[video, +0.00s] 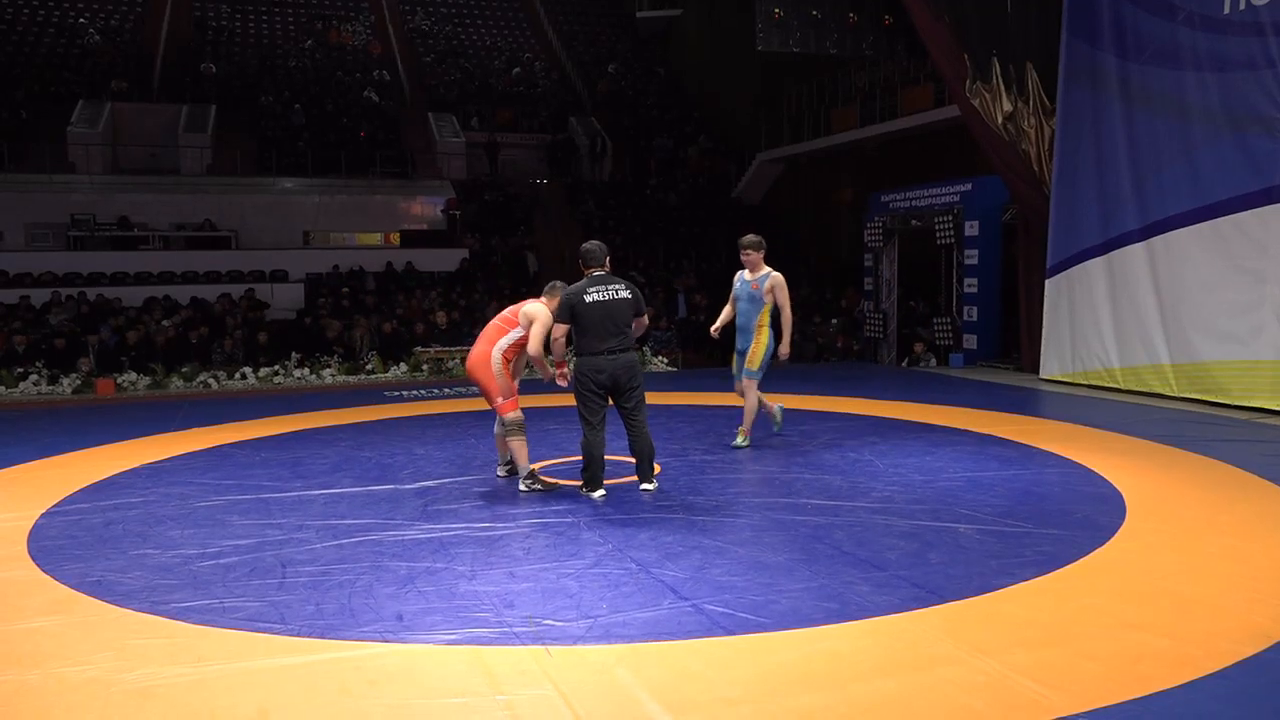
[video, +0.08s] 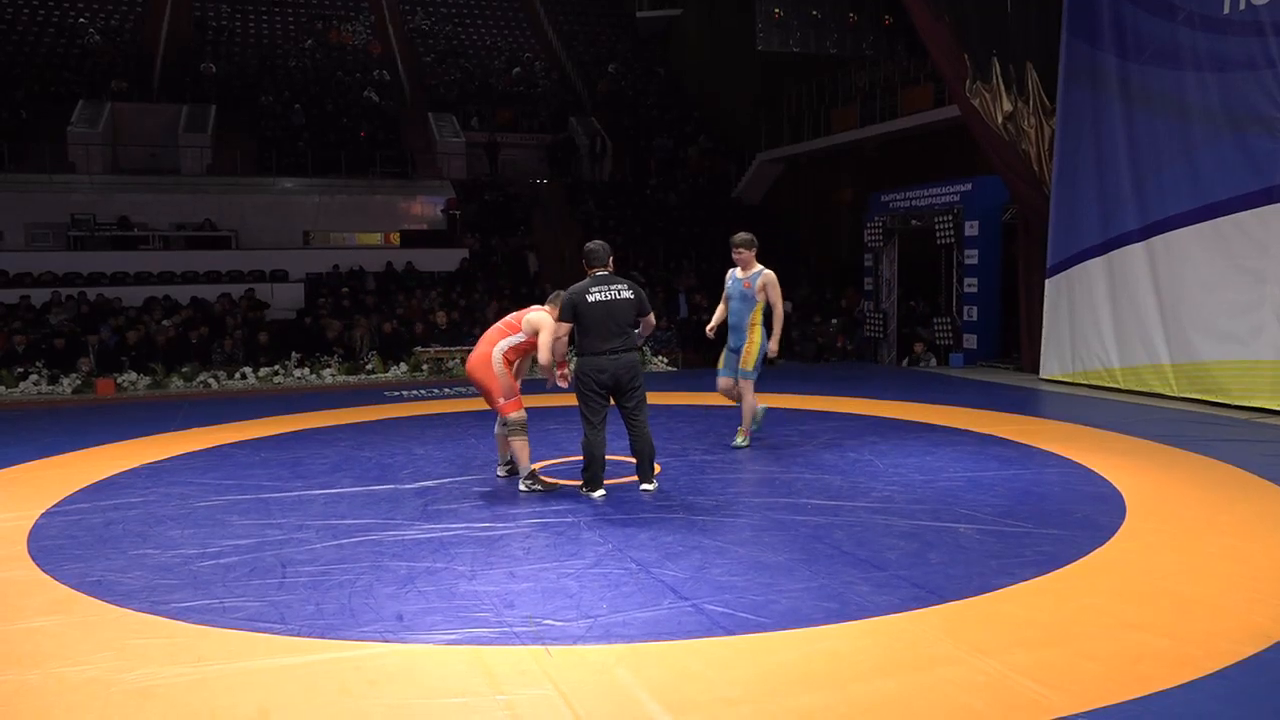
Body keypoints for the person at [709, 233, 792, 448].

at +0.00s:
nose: (744, 258)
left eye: (748, 254)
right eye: (742, 254)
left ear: (761, 254)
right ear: (740, 254)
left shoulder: (774, 279)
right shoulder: (739, 277)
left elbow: (785, 311)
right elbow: (731, 304)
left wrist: (785, 342)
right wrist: (719, 323)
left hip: (760, 338)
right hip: (741, 337)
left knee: (750, 383)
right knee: (740, 388)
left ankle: (744, 431)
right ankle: (772, 409)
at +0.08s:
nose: (735, 256)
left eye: (740, 252)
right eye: (733, 252)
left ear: (752, 252)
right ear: (732, 252)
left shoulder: (767, 276)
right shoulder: (731, 274)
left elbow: (777, 309)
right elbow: (724, 303)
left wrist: (775, 340)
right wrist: (714, 321)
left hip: (752, 338)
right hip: (733, 337)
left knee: (745, 384)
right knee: (724, 385)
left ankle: (744, 431)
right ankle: (755, 408)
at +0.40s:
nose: (700, 260)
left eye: (704, 255)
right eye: (697, 256)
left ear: (717, 254)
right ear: (696, 257)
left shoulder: (734, 277)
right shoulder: (696, 280)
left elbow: (749, 305)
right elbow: (687, 308)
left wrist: (735, 330)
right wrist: (678, 321)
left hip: (722, 346)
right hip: (697, 345)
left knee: (727, 393)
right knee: (686, 390)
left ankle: (742, 430)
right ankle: (677, 439)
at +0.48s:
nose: (690, 260)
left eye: (695, 256)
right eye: (688, 256)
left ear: (707, 254)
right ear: (685, 257)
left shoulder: (725, 276)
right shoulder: (685, 281)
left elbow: (740, 307)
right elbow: (675, 310)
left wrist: (729, 332)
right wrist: (666, 321)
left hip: (713, 346)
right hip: (688, 345)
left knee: (714, 396)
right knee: (678, 390)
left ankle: (738, 425)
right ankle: (674, 440)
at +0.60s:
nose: (678, 259)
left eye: (682, 254)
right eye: (675, 255)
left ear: (695, 251)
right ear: (673, 256)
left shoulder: (715, 273)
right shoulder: (671, 280)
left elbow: (730, 303)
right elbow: (668, 314)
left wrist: (721, 331)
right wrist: (661, 319)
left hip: (704, 343)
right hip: (679, 343)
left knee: (698, 390)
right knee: (675, 391)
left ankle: (718, 424)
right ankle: (676, 439)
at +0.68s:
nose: (671, 259)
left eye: (675, 254)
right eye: (668, 255)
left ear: (688, 251)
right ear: (665, 256)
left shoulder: (709, 272)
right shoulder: (664, 280)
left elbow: (725, 302)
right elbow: (655, 310)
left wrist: (717, 331)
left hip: (700, 342)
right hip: (674, 342)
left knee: (690, 388)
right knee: (673, 392)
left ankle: (702, 436)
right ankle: (675, 439)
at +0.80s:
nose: (663, 262)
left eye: (666, 257)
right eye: (659, 258)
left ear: (678, 252)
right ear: (657, 258)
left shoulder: (702, 274)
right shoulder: (659, 280)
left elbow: (719, 303)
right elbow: (653, 311)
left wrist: (713, 332)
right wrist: (651, 336)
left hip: (692, 344)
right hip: (667, 343)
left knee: (683, 392)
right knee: (668, 396)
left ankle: (681, 444)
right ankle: (674, 440)